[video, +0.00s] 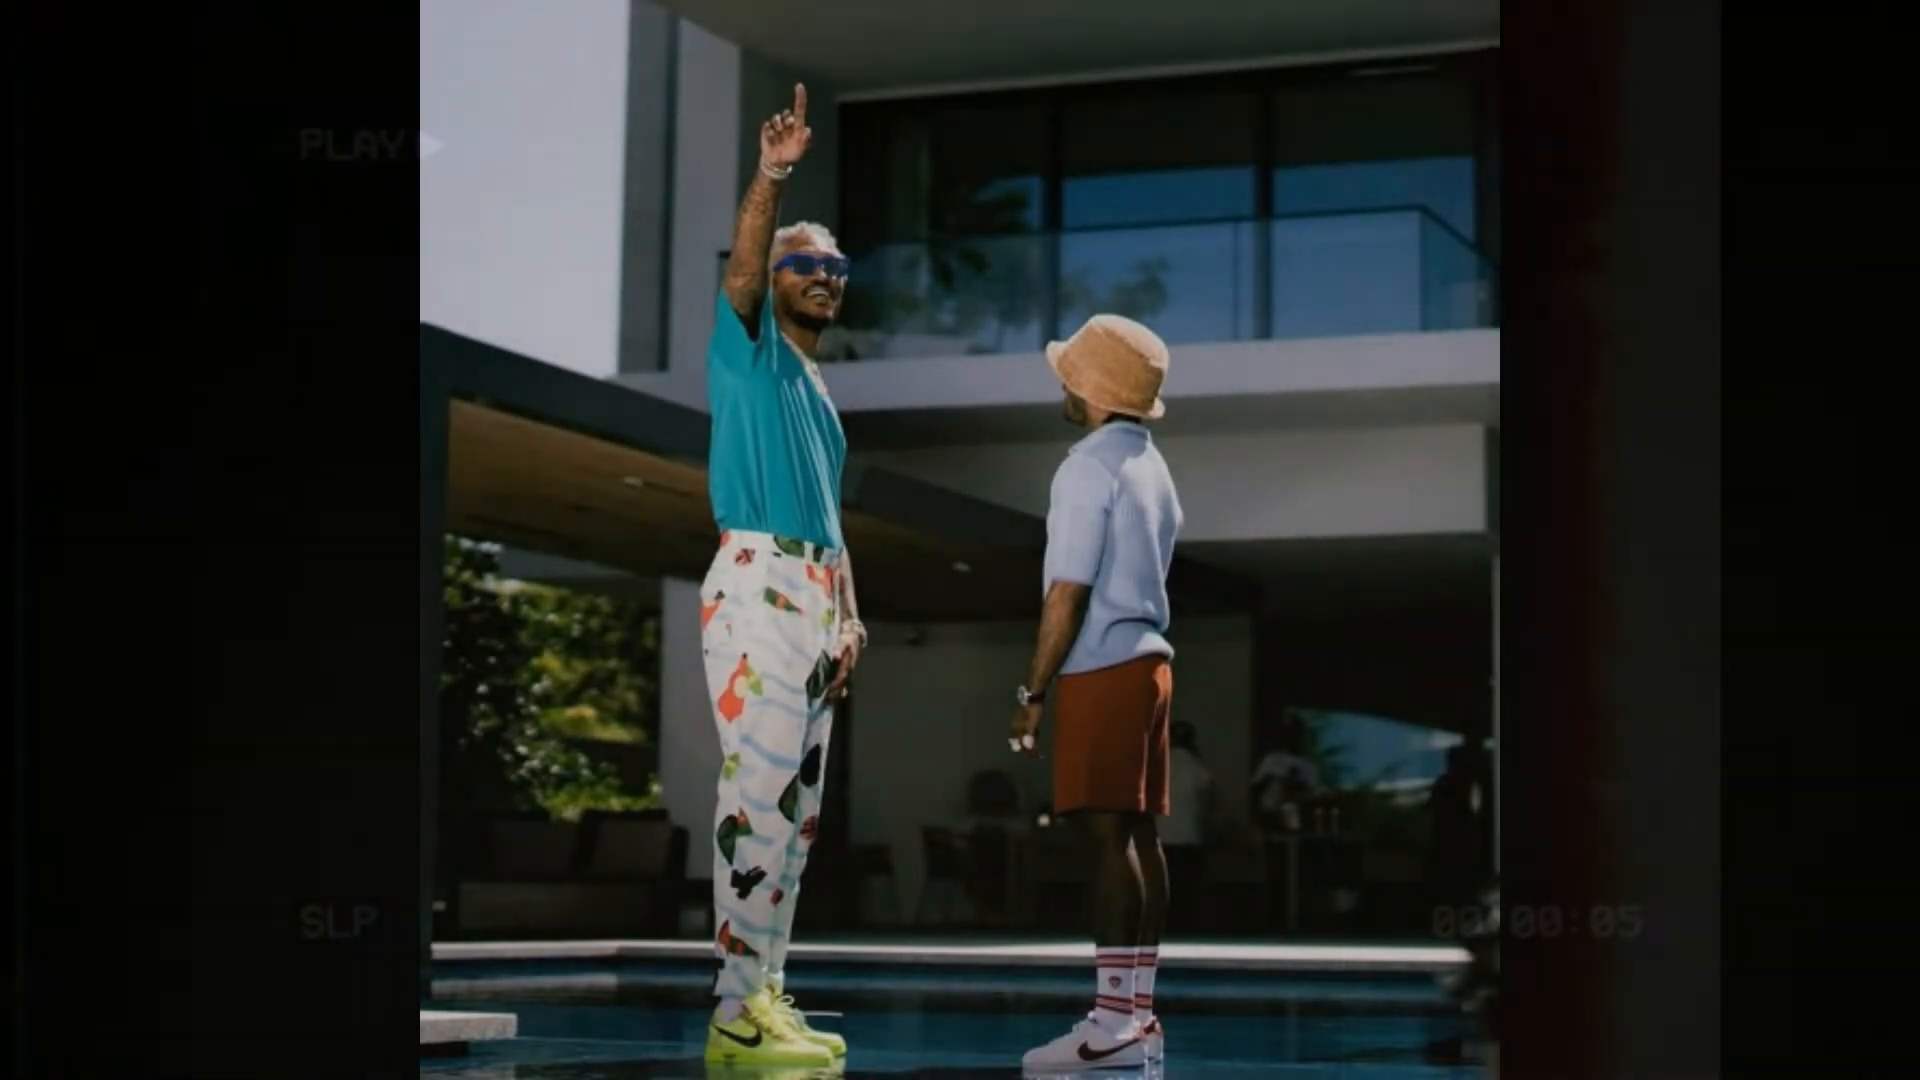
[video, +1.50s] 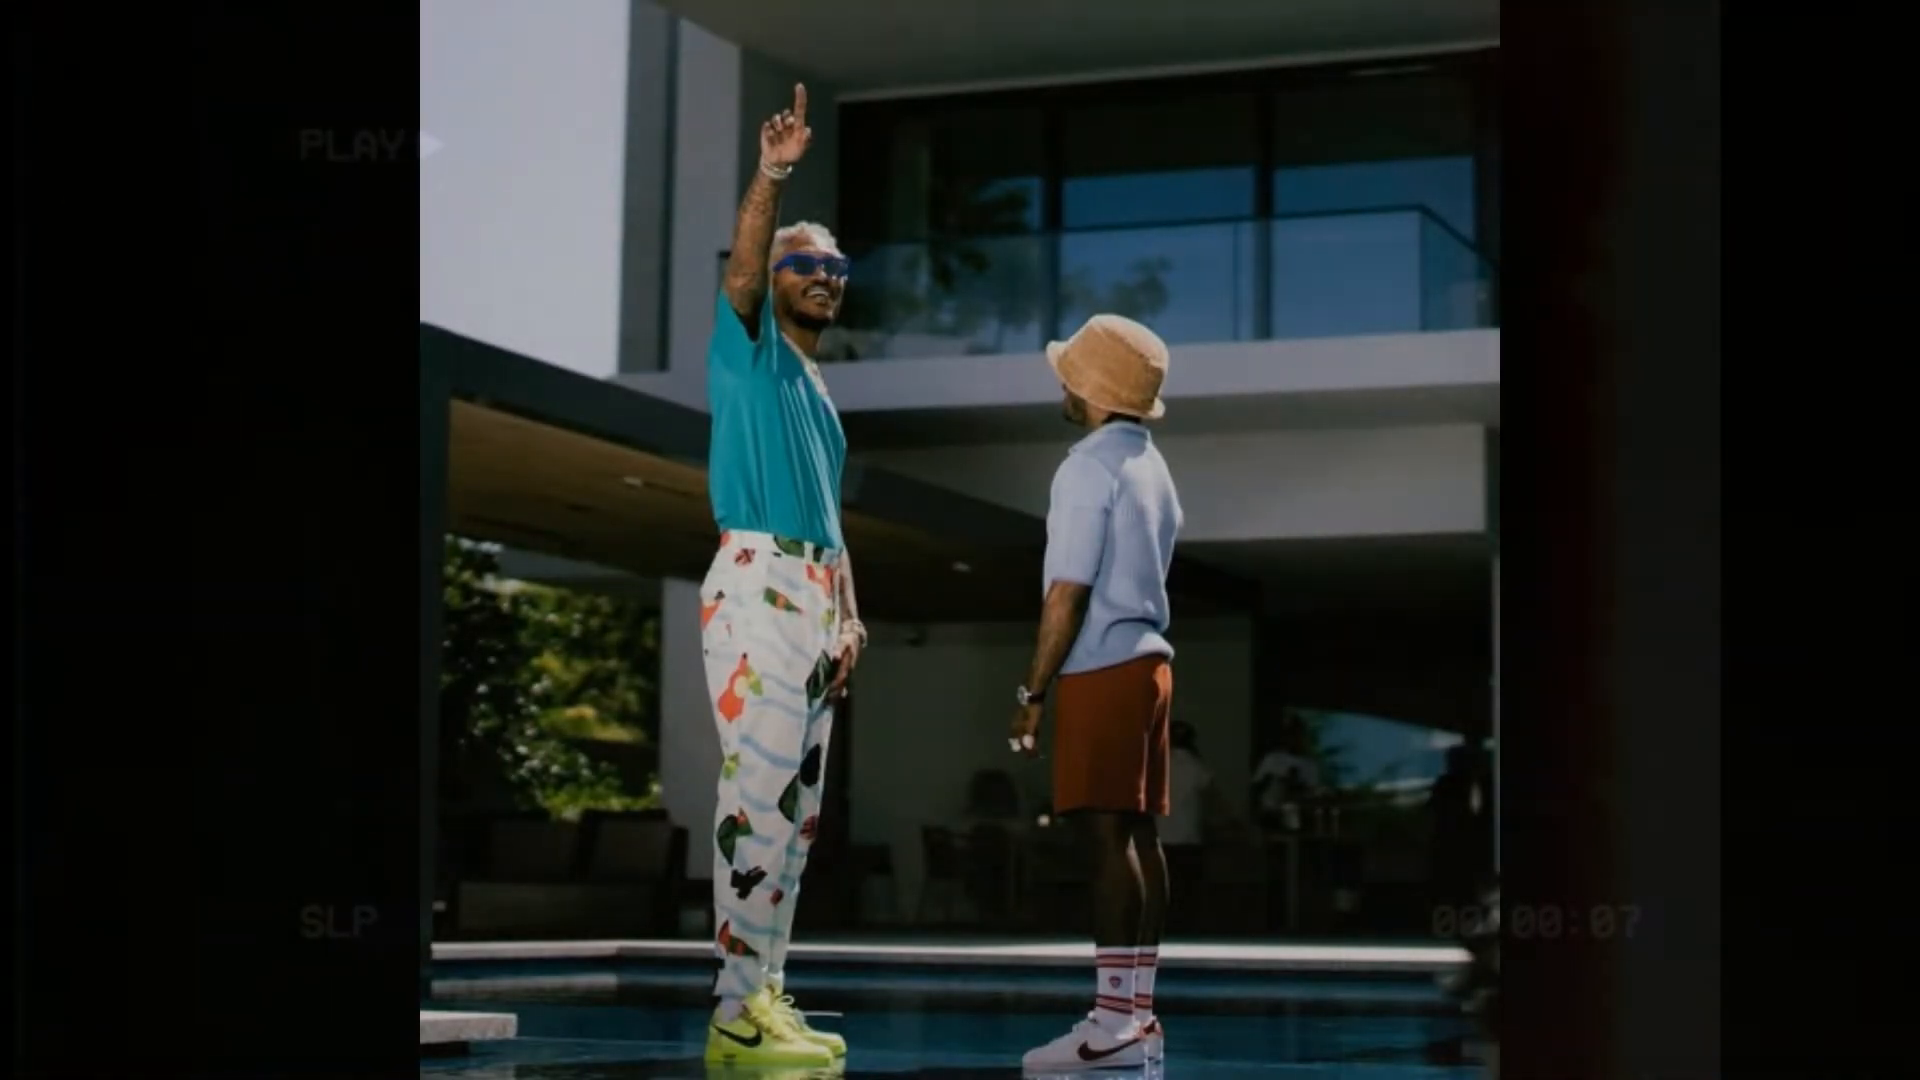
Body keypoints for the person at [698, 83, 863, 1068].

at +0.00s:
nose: (823, 283)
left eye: (833, 273)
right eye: (806, 268)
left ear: (841, 292)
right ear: (770, 278)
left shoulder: (818, 394)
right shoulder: (744, 344)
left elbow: (826, 519)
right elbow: (743, 268)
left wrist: (846, 613)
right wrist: (770, 174)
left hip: (814, 589)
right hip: (756, 581)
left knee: (794, 797)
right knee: (759, 791)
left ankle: (758, 1003)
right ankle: (746, 1006)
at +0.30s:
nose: (823, 282)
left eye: (834, 272)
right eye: (805, 267)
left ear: (841, 292)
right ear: (770, 278)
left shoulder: (818, 394)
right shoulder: (744, 344)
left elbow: (826, 520)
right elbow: (744, 267)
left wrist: (847, 612)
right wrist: (769, 173)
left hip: (814, 590)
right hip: (756, 582)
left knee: (794, 798)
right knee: (759, 792)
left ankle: (758, 1003)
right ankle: (746, 1007)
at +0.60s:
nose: (822, 282)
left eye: (833, 272)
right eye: (805, 267)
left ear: (842, 292)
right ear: (770, 279)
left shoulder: (819, 395)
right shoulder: (744, 344)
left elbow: (827, 520)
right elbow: (743, 268)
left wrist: (847, 612)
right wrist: (770, 173)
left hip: (813, 590)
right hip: (756, 581)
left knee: (794, 798)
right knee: (759, 792)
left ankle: (757, 1004)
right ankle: (746, 1007)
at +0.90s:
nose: (822, 282)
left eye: (833, 273)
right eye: (805, 268)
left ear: (842, 293)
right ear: (770, 279)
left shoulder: (819, 395)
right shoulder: (744, 344)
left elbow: (826, 520)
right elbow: (744, 267)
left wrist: (846, 612)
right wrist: (770, 172)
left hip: (814, 590)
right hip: (756, 582)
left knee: (793, 797)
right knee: (758, 791)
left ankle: (757, 1003)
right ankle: (746, 1005)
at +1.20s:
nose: (823, 283)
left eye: (833, 274)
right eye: (806, 268)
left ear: (841, 293)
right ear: (770, 278)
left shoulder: (818, 395)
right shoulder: (744, 343)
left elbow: (826, 519)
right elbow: (744, 267)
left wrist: (847, 611)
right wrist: (770, 173)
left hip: (813, 589)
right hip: (755, 581)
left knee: (794, 797)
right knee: (758, 791)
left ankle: (759, 1001)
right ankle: (746, 1004)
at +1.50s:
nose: (823, 283)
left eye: (834, 274)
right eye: (806, 268)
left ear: (841, 293)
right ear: (770, 278)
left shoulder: (818, 394)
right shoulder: (744, 343)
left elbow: (827, 519)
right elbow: (744, 267)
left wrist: (847, 611)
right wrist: (770, 173)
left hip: (813, 589)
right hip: (755, 581)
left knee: (794, 798)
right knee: (759, 791)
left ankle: (759, 1001)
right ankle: (745, 1005)